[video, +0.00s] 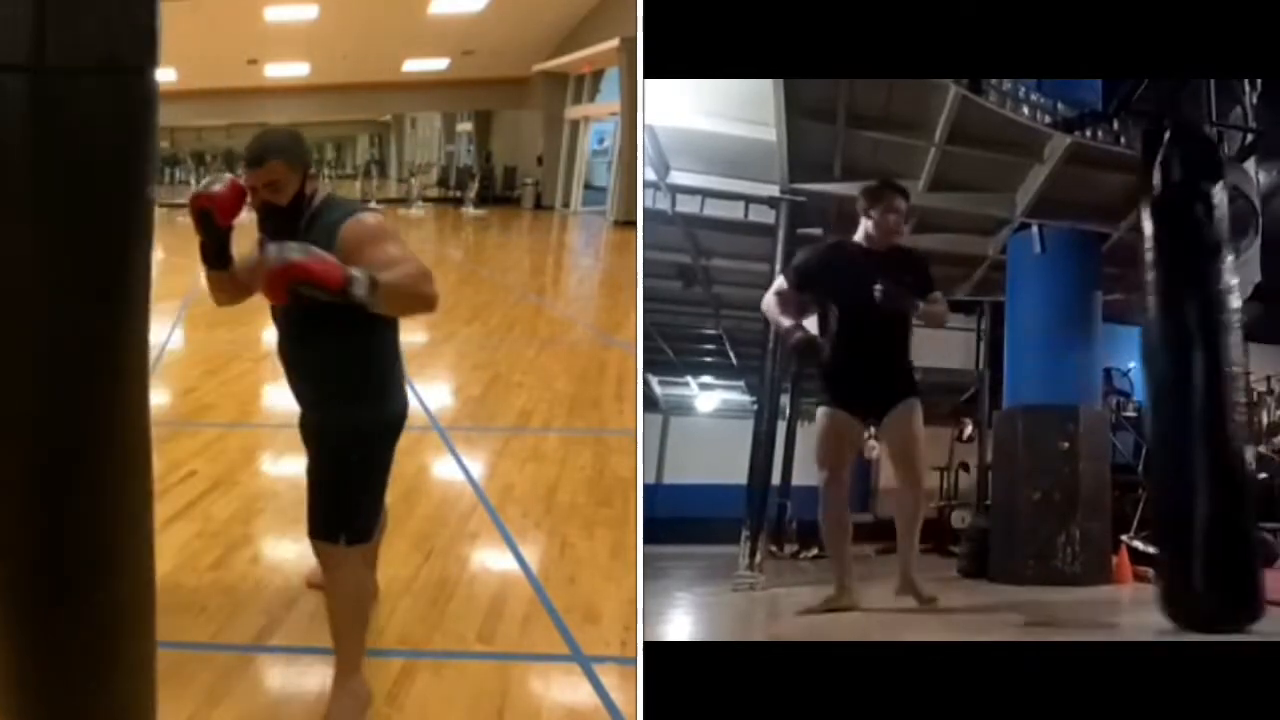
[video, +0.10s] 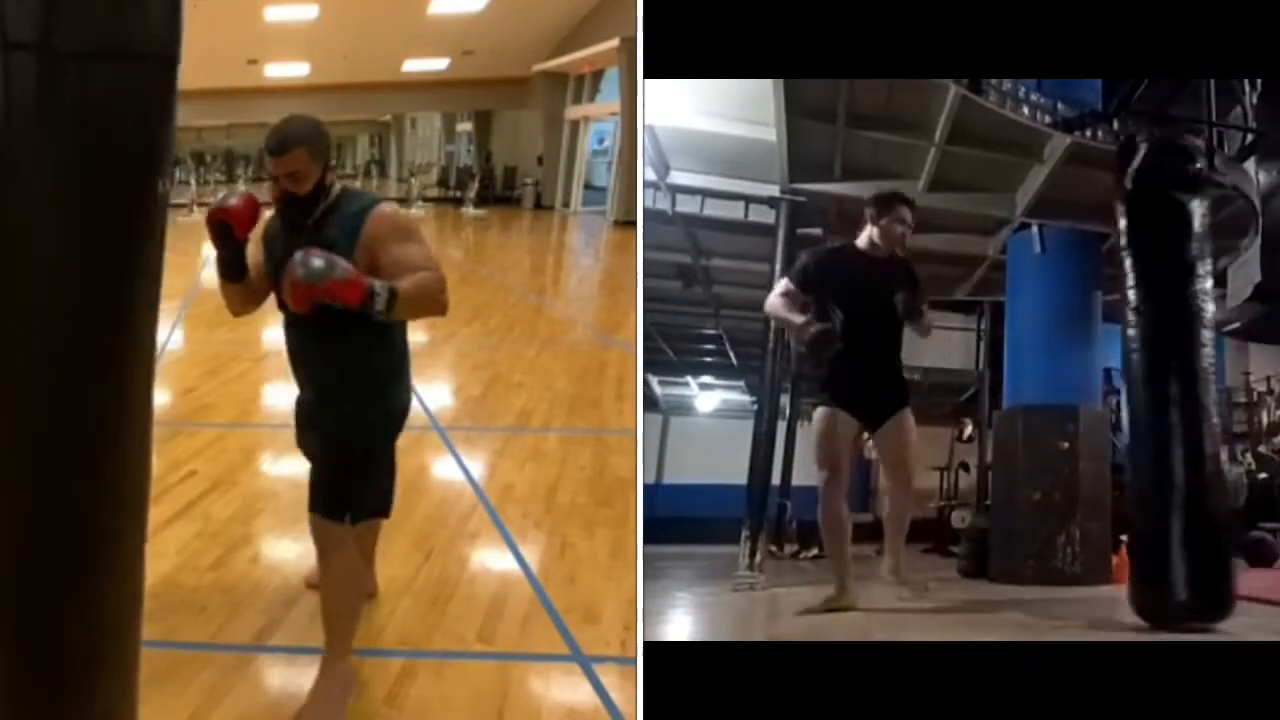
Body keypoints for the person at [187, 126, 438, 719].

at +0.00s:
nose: (266, 201)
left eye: (276, 187)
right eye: (257, 190)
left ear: (307, 177)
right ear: (249, 184)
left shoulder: (354, 227)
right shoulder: (279, 233)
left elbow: (423, 294)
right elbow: (228, 292)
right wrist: (213, 234)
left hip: (363, 411)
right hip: (322, 406)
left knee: (343, 551)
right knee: (343, 500)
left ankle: (350, 684)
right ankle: (346, 571)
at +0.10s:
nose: (289, 191)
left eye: (300, 178)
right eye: (278, 180)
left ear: (327, 167)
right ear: (268, 172)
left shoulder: (375, 221)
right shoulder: (278, 226)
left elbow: (435, 294)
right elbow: (243, 301)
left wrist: (365, 292)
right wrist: (229, 250)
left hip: (368, 401)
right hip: (320, 396)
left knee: (333, 529)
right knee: (350, 492)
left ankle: (337, 670)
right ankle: (357, 573)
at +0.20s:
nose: (307, 187)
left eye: (319, 176)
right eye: (299, 175)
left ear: (346, 168)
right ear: (290, 166)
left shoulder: (388, 225)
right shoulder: (288, 223)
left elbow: (438, 308)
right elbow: (249, 306)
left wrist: (376, 291)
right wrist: (240, 259)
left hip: (368, 400)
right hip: (316, 394)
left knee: (337, 530)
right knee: (344, 491)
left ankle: (334, 666)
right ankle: (358, 575)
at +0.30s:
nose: (322, 189)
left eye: (335, 179)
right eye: (314, 176)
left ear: (364, 171)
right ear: (306, 166)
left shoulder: (402, 236)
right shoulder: (296, 223)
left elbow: (428, 331)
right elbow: (250, 306)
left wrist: (378, 297)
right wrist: (248, 261)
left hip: (365, 406)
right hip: (311, 396)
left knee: (348, 545)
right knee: (330, 501)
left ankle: (340, 678)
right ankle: (348, 569)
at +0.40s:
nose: (330, 194)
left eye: (344, 184)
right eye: (323, 180)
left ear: (377, 179)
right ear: (316, 170)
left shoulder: (411, 248)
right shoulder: (301, 223)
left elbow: (427, 343)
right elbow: (250, 302)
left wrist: (374, 317)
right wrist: (254, 259)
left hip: (363, 414)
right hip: (306, 399)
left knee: (350, 546)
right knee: (326, 493)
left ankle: (345, 683)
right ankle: (345, 564)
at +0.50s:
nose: (338, 197)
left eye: (354, 189)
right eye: (332, 183)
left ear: (386, 183)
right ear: (323, 170)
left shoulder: (416, 253)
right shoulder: (304, 219)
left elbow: (417, 356)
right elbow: (245, 294)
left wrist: (368, 306)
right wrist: (253, 247)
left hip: (363, 418)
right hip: (305, 401)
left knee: (353, 554)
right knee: (325, 494)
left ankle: (347, 686)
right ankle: (345, 566)